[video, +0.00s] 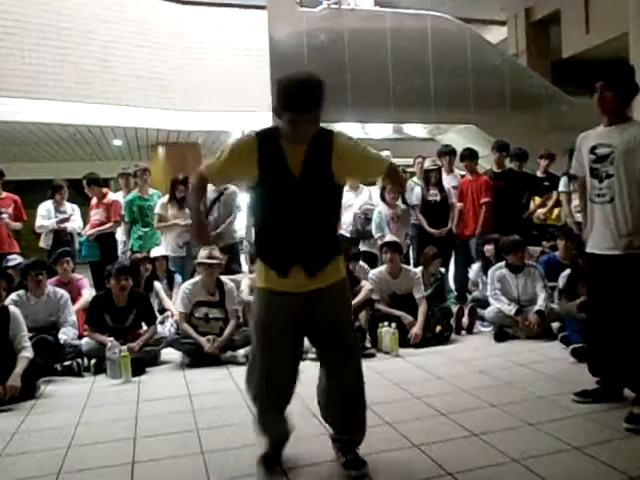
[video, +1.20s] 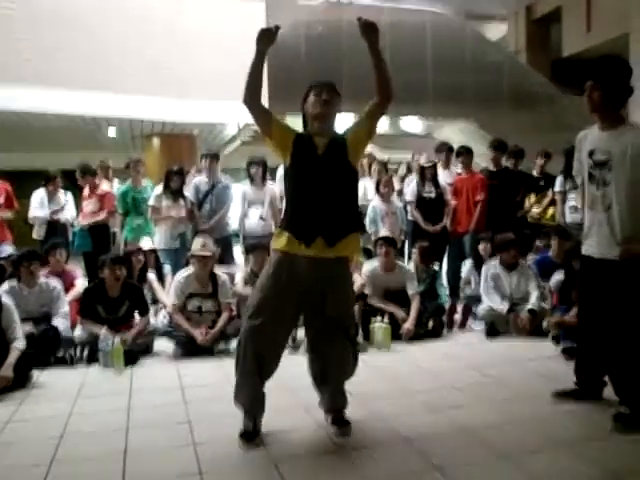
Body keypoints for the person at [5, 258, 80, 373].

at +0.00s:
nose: (39, 278)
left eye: (42, 274)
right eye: (34, 275)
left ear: (47, 277)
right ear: (26, 280)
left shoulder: (60, 296)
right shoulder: (15, 300)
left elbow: (70, 325)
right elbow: (9, 327)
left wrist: (61, 340)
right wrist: (21, 336)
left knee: (74, 349)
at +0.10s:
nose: (39, 278)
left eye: (41, 274)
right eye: (34, 275)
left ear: (47, 277)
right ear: (26, 280)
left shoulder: (61, 296)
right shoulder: (15, 300)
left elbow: (71, 326)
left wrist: (59, 340)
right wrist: (21, 337)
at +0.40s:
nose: (41, 280)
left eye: (44, 275)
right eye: (36, 277)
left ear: (50, 277)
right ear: (29, 282)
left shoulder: (65, 297)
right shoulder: (18, 302)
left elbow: (75, 330)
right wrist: (29, 338)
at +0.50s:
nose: (49, 279)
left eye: (51, 275)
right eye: (44, 276)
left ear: (57, 277)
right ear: (36, 281)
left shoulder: (71, 297)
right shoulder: (26, 301)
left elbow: (82, 331)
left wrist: (52, 338)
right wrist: (35, 338)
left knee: (70, 339)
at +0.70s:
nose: (51, 270)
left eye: (54, 266)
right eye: (46, 267)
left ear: (60, 269)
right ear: (40, 272)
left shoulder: (74, 289)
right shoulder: (29, 292)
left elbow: (83, 321)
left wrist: (56, 329)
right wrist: (39, 329)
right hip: (39, 336)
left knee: (71, 332)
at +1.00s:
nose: (39, 267)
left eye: (42, 263)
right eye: (34, 264)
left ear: (49, 266)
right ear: (28, 269)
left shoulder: (62, 286)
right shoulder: (17, 288)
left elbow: (73, 319)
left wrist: (46, 327)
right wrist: (26, 326)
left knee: (60, 331)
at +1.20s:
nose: (31, 270)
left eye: (35, 265)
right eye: (27, 266)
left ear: (40, 267)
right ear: (19, 269)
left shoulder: (53, 287)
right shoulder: (8, 290)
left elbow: (63, 316)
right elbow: (7, 320)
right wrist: (20, 329)